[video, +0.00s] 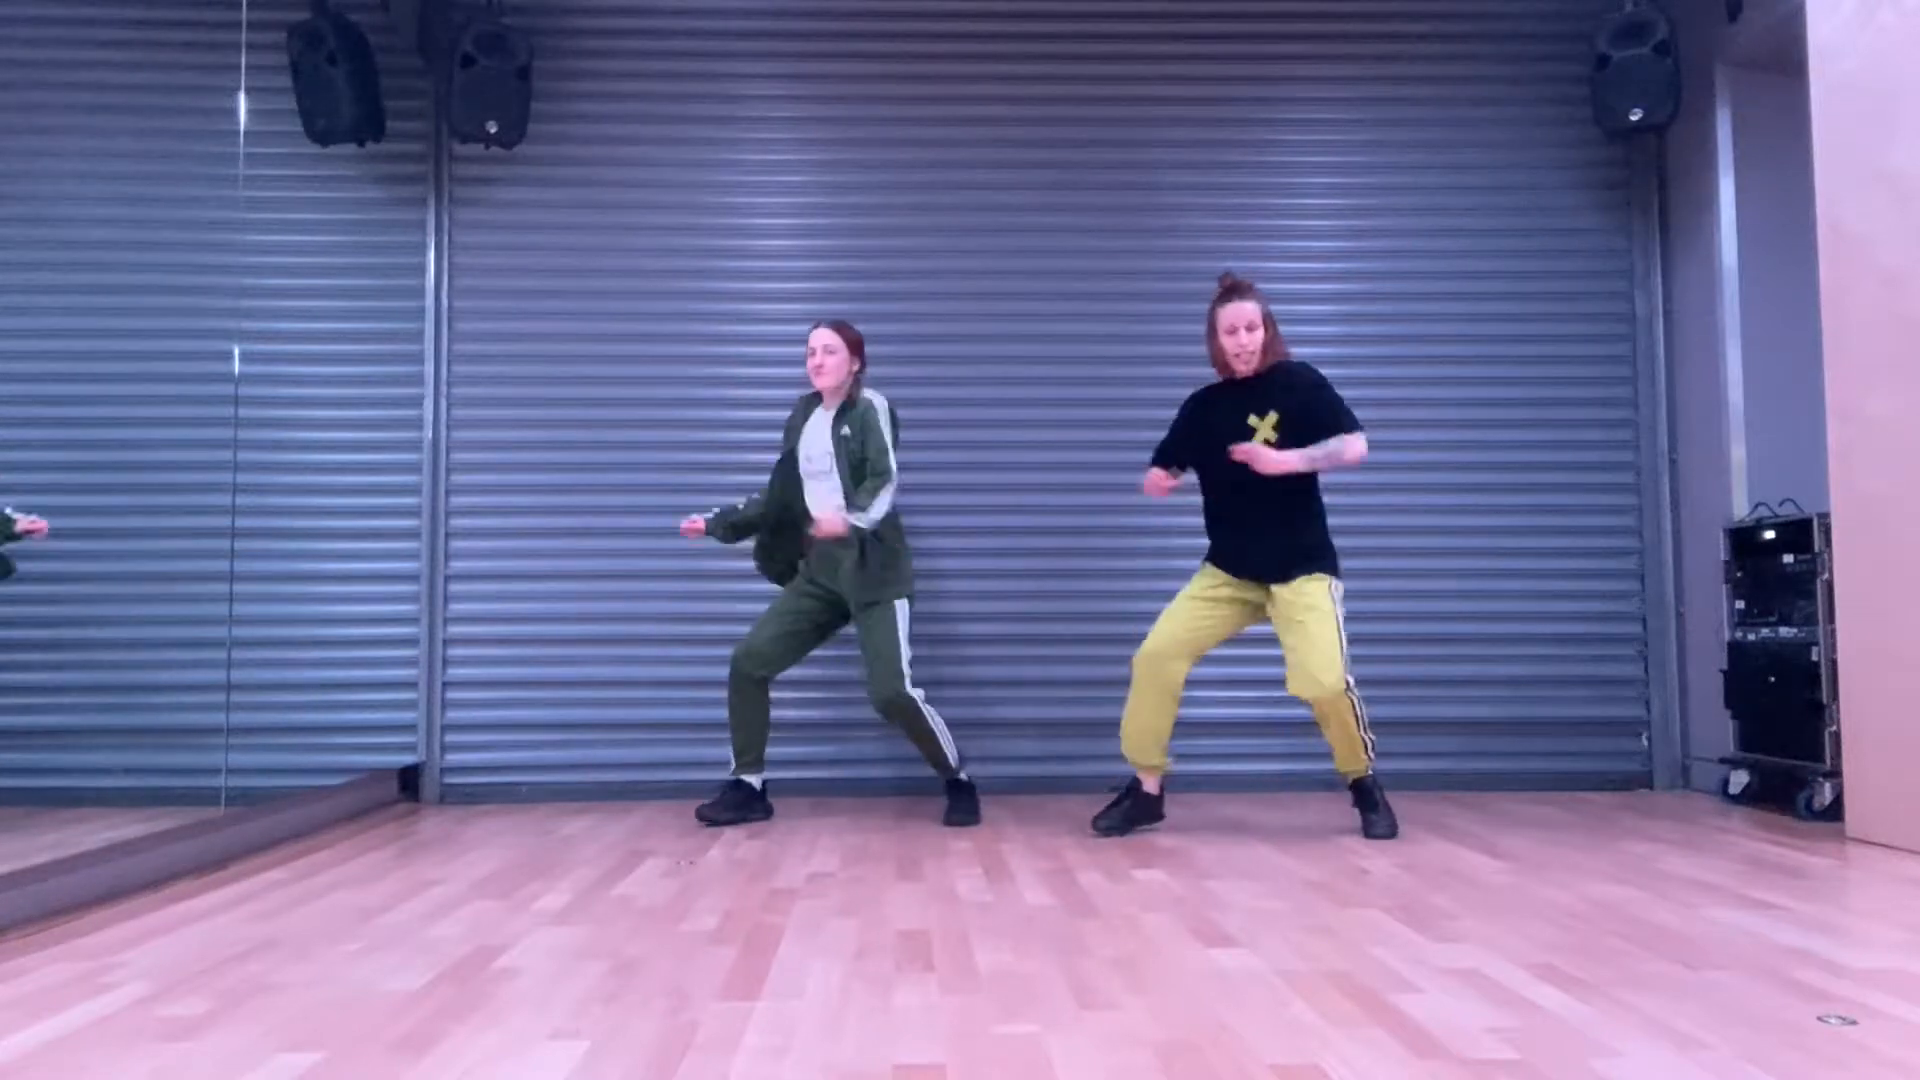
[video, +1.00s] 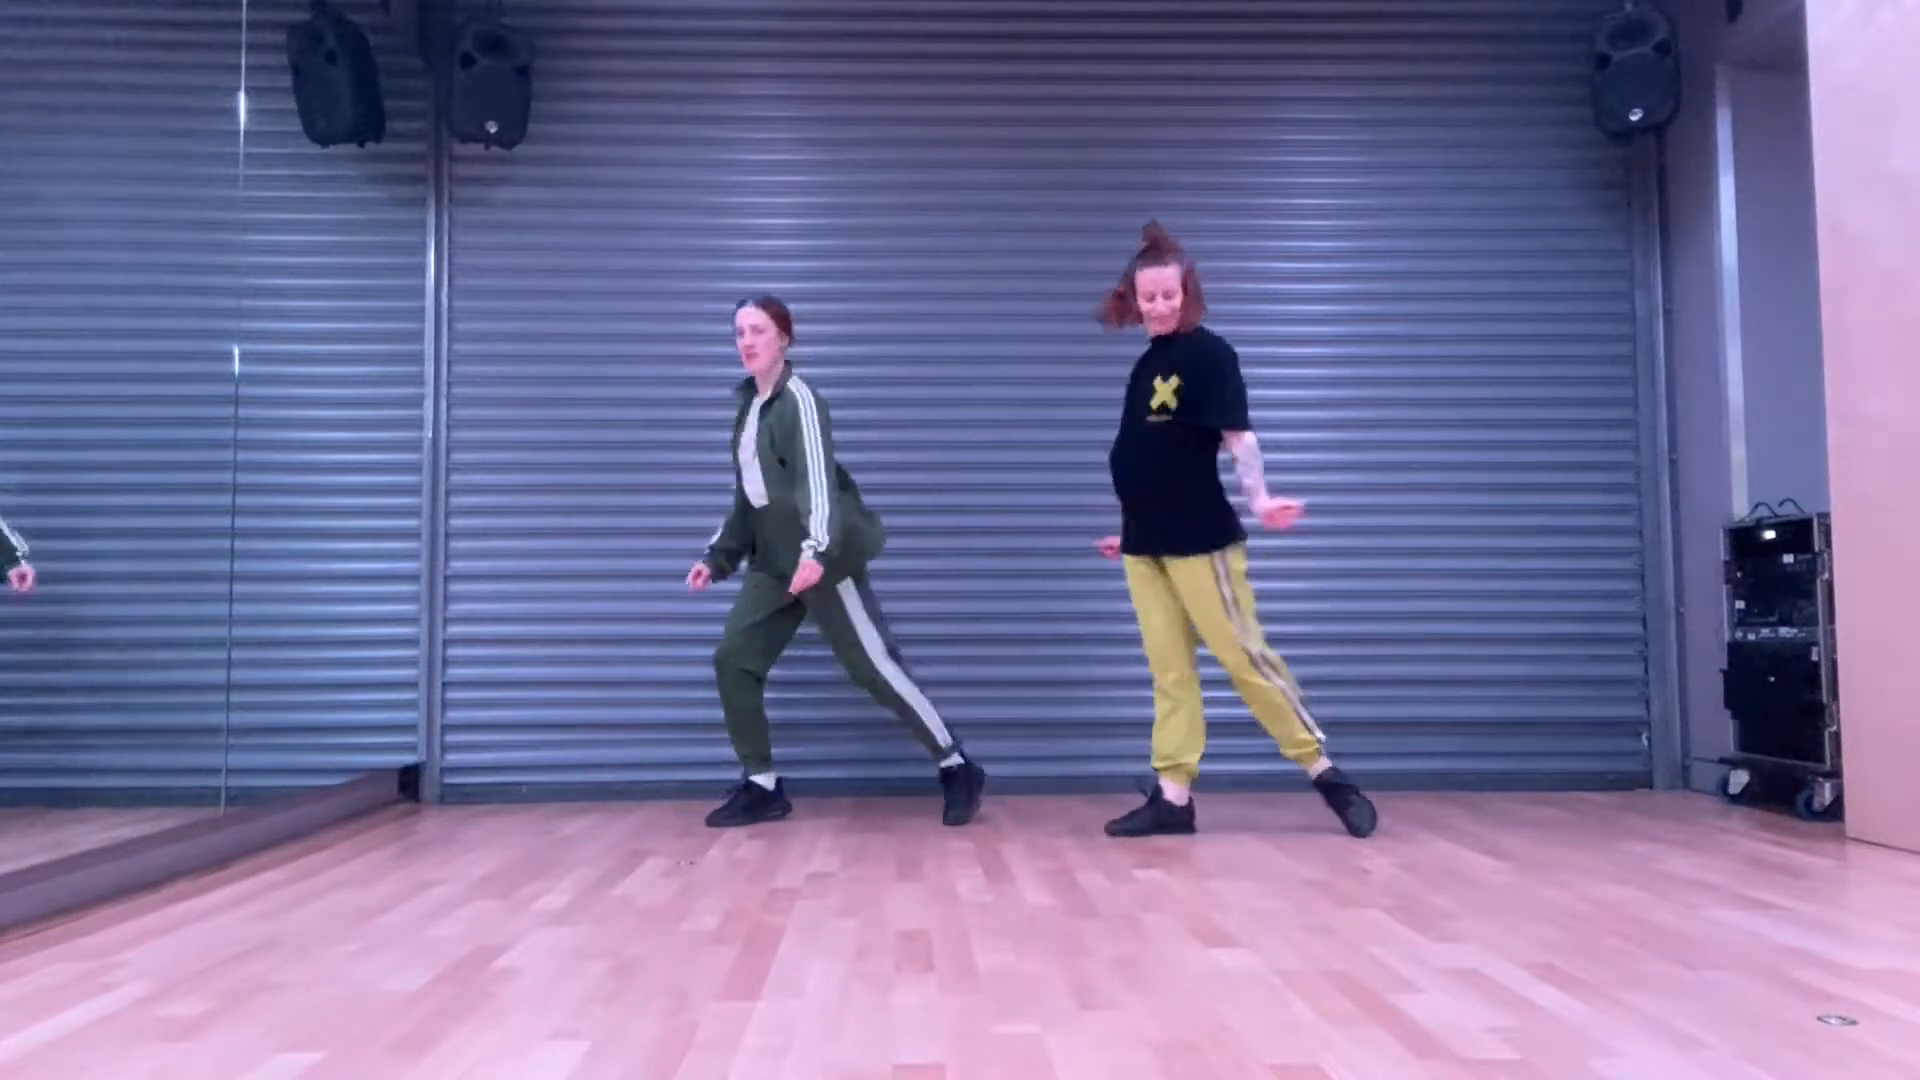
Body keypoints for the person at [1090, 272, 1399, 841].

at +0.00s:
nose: (1241, 341)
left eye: (1250, 329)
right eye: (1229, 331)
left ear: (1267, 331)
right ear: (1214, 338)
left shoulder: (1299, 383)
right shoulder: (1202, 406)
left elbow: (1355, 446)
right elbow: (1160, 477)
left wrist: (1284, 459)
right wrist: (1161, 480)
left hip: (1301, 571)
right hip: (1227, 571)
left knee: (1321, 684)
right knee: (1156, 656)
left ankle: (1365, 787)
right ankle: (1146, 791)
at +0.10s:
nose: (1247, 354)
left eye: (1257, 341)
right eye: (1235, 343)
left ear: (1273, 346)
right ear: (1220, 352)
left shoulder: (1308, 417)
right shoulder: (1214, 430)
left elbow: (1351, 495)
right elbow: (1200, 511)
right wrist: (1132, 545)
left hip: (1320, 587)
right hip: (1245, 588)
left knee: (1334, 701)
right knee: (1176, 666)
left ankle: (1369, 798)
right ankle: (1171, 799)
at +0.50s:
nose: (1240, 344)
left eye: (1250, 330)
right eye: (1229, 334)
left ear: (1271, 328)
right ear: (1218, 339)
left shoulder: (1314, 378)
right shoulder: (1225, 394)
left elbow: (1360, 447)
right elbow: (1219, 481)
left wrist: (1411, 457)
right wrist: (1163, 507)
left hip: (1268, 551)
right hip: (1200, 540)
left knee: (1292, 678)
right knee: (1162, 668)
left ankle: (1364, 790)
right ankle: (1167, 798)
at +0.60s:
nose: (1217, 331)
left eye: (1228, 317)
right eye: (1206, 320)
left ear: (1251, 314)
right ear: (1194, 323)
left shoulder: (1288, 344)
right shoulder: (1203, 367)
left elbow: (1338, 398)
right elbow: (1194, 437)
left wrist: (1369, 399)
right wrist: (1130, 462)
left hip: (1281, 541)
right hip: (1211, 538)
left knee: (1304, 665)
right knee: (1149, 642)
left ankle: (1372, 783)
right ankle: (1171, 777)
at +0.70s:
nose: (1191, 319)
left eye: (1201, 306)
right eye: (1180, 308)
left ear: (1219, 306)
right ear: (1167, 311)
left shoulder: (1246, 337)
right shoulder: (1172, 363)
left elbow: (1296, 388)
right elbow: (1151, 435)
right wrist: (1095, 470)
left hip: (1286, 531)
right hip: (1217, 534)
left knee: (1311, 664)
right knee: (1168, 645)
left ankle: (1370, 785)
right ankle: (1181, 784)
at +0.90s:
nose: (1168, 293)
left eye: (1179, 283)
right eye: (1158, 282)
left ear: (1193, 289)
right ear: (1141, 289)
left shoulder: (1202, 344)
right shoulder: (1132, 367)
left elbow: (1217, 418)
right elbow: (1130, 457)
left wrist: (1222, 470)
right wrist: (1105, 523)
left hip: (1244, 523)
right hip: (1180, 537)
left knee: (1300, 645)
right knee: (1192, 666)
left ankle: (1365, 775)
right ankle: (1179, 797)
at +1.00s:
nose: (1160, 306)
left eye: (1170, 293)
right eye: (1149, 296)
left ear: (1187, 293)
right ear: (1133, 300)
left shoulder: (1209, 354)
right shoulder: (1146, 363)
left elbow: (1238, 439)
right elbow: (1148, 455)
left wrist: (1261, 499)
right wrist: (1131, 531)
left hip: (1200, 537)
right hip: (1145, 540)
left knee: (1246, 659)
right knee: (1169, 671)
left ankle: (1325, 776)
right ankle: (1173, 799)